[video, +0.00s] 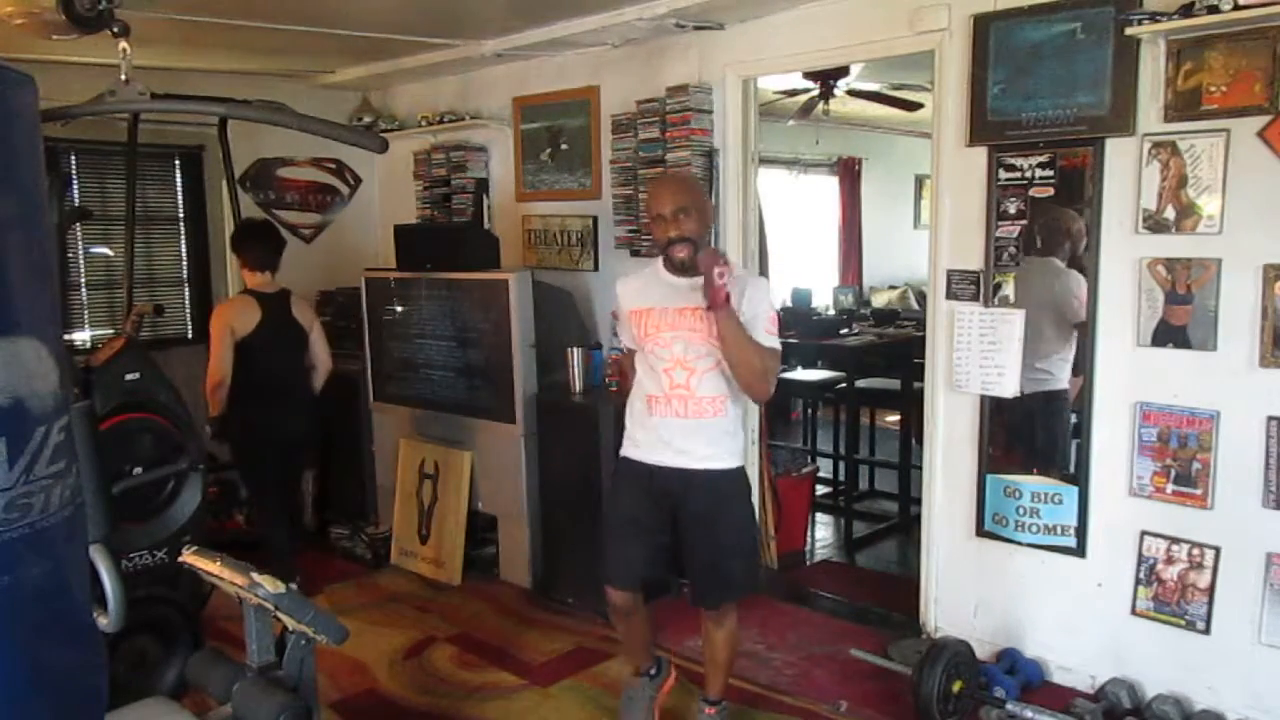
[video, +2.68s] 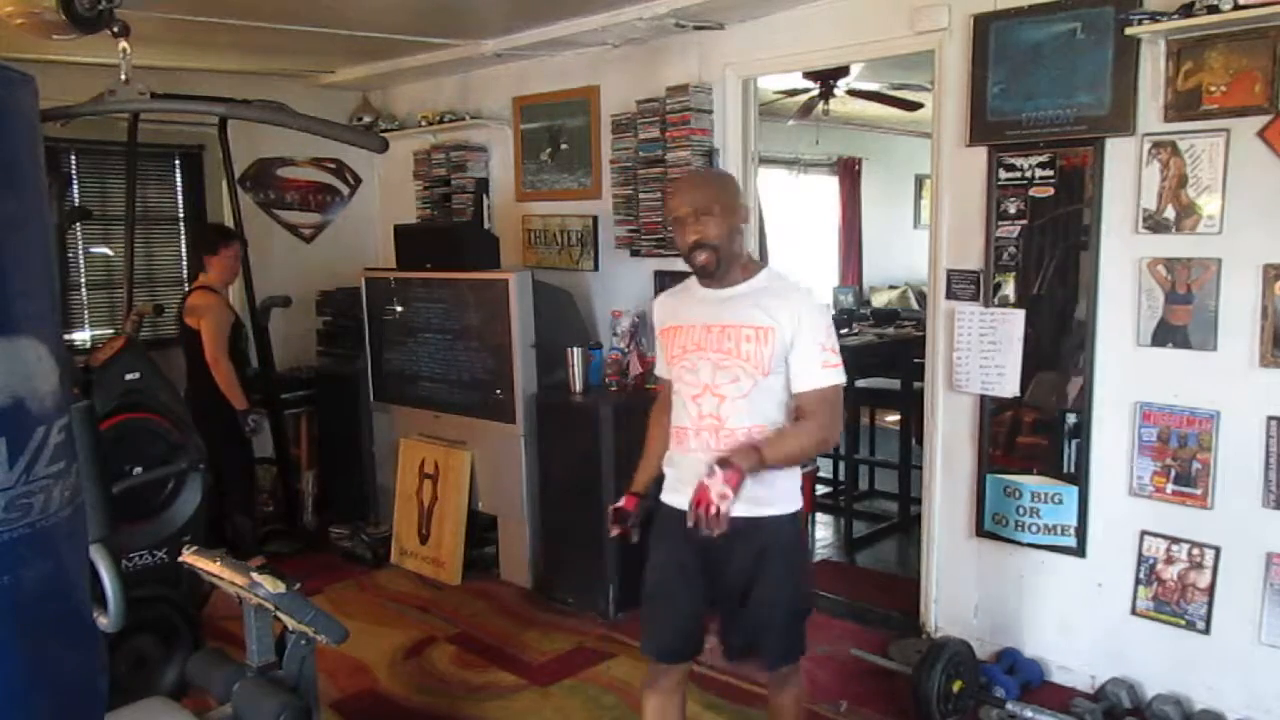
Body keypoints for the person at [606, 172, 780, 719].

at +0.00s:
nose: (671, 229)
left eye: (682, 214)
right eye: (658, 219)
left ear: (708, 215)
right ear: (646, 228)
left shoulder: (748, 290)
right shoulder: (631, 291)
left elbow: (762, 386)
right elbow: (629, 372)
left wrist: (721, 307)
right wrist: (622, 383)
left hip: (715, 472)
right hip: (641, 466)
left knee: (718, 602)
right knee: (621, 591)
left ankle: (712, 705)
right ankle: (650, 670)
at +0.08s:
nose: (677, 232)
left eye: (687, 217)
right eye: (663, 223)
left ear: (711, 215)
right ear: (651, 229)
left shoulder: (749, 286)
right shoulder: (632, 290)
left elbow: (758, 379)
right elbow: (627, 375)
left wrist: (721, 295)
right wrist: (637, 442)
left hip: (716, 472)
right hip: (642, 467)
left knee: (719, 605)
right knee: (630, 599)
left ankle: (713, 707)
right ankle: (645, 710)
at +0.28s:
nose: (673, 227)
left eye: (683, 212)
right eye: (657, 219)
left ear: (707, 216)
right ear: (644, 232)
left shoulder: (749, 290)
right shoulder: (621, 303)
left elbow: (772, 387)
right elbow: (595, 394)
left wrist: (725, 305)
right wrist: (562, 488)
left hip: (727, 495)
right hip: (646, 495)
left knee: (723, 626)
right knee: (641, 635)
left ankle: (712, 710)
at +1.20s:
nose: (636, 231)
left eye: (652, 210)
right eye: (625, 219)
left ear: (703, 215)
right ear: (619, 232)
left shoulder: (768, 315)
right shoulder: (616, 324)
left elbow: (757, 442)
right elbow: (577, 452)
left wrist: (700, 316)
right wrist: (526, 561)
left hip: (724, 585)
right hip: (624, 579)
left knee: (734, 711)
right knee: (610, 711)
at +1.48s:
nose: (657, 218)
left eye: (676, 196)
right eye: (654, 202)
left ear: (739, 202)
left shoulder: (809, 315)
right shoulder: (655, 309)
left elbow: (769, 456)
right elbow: (638, 432)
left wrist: (716, 321)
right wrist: (583, 544)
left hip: (745, 598)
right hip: (641, 583)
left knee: (745, 709)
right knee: (608, 709)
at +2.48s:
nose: (629, 246)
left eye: (640, 227)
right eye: (620, 233)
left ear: (686, 216)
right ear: (615, 235)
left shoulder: (760, 295)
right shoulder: (634, 309)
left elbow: (801, 417)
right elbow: (624, 415)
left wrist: (713, 384)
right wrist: (581, 511)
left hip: (737, 534)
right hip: (649, 528)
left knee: (761, 702)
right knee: (640, 689)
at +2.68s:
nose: (690, 233)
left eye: (704, 215)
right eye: (678, 222)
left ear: (741, 217)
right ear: (670, 233)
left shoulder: (796, 306)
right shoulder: (668, 307)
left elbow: (824, 423)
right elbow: (666, 399)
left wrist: (754, 454)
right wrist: (638, 490)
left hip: (767, 521)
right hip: (678, 515)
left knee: (782, 673)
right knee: (664, 668)